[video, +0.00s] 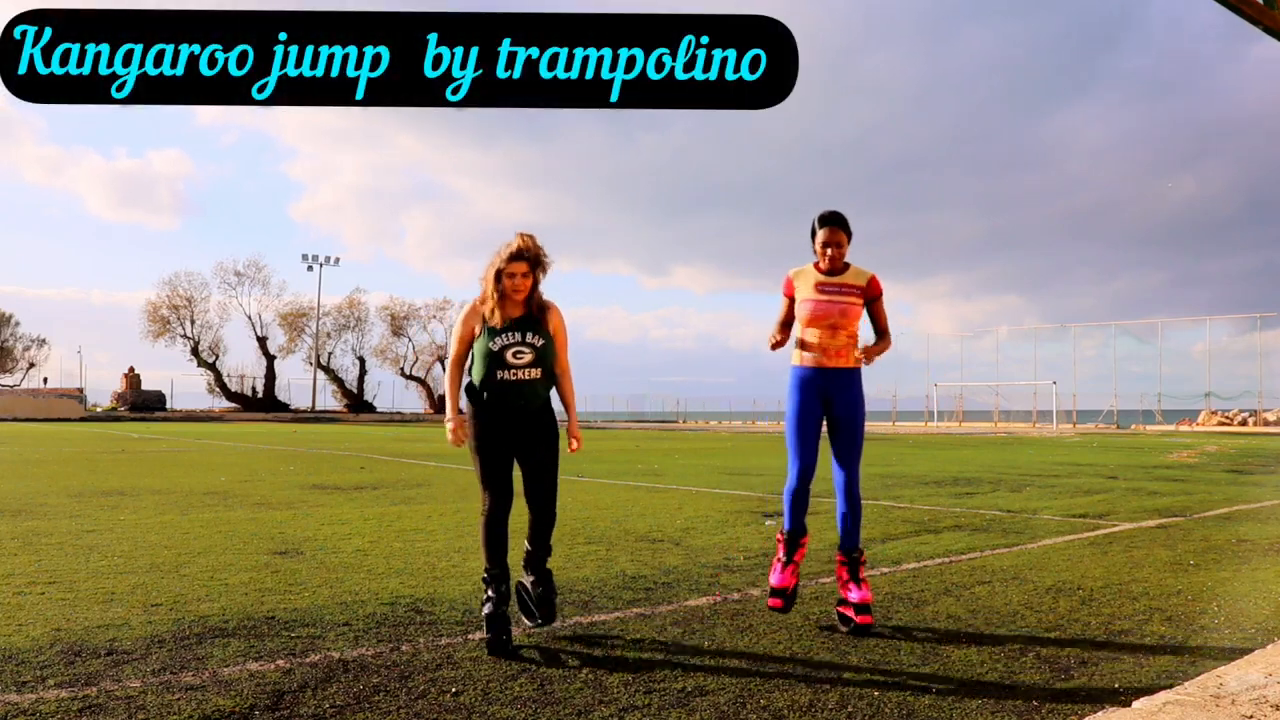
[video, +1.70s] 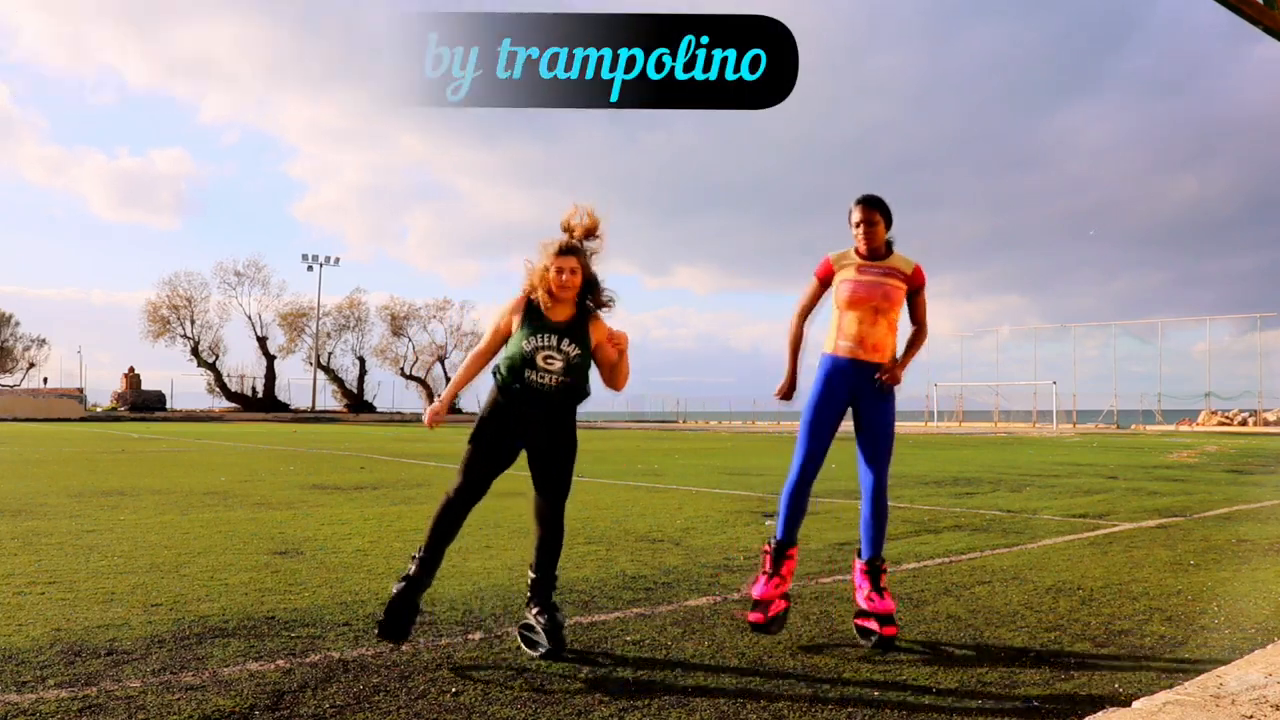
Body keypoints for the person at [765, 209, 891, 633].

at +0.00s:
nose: (831, 253)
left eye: (838, 246)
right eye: (825, 246)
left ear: (848, 246)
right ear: (813, 245)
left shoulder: (864, 282)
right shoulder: (797, 279)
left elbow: (885, 336)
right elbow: (784, 324)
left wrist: (874, 350)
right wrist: (779, 337)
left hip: (846, 383)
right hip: (804, 381)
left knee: (848, 480)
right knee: (799, 474)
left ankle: (850, 570)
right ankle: (789, 552)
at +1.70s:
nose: (863, 231)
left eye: (870, 224)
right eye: (857, 225)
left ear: (887, 226)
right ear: (850, 229)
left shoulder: (908, 272)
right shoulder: (835, 265)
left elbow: (920, 328)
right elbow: (800, 315)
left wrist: (901, 364)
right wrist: (792, 373)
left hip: (878, 379)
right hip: (833, 372)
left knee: (875, 482)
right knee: (803, 468)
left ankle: (871, 577)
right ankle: (777, 566)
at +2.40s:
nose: (867, 223)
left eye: (874, 216)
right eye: (861, 216)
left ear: (888, 221)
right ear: (851, 222)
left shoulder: (910, 255)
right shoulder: (835, 257)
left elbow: (948, 284)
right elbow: (793, 303)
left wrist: (940, 315)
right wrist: (827, 327)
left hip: (880, 370)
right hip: (838, 365)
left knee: (873, 476)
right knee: (815, 462)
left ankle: (865, 570)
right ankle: (785, 553)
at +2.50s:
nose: (857, 210)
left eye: (865, 204)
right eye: (851, 203)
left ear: (876, 210)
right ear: (839, 206)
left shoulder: (895, 245)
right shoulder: (820, 247)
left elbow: (923, 293)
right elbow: (796, 305)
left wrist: (927, 350)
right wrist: (829, 297)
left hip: (880, 354)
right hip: (835, 355)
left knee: (897, 458)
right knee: (833, 459)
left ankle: (906, 554)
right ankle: (829, 560)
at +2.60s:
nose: (852, 222)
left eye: (860, 216)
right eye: (846, 214)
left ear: (870, 220)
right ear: (833, 216)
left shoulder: (888, 260)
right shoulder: (814, 260)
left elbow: (904, 319)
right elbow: (798, 322)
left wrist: (921, 369)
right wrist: (823, 292)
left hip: (880, 365)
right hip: (835, 368)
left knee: (913, 463)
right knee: (841, 471)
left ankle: (946, 552)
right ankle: (848, 574)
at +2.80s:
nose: (839, 250)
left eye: (846, 244)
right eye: (833, 242)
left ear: (855, 249)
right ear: (819, 245)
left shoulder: (872, 284)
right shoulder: (800, 291)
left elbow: (886, 339)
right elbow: (793, 353)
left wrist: (895, 387)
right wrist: (816, 294)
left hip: (882, 388)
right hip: (838, 398)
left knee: (946, 467)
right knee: (849, 496)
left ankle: (1010, 538)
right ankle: (864, 588)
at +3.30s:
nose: (855, 234)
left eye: (862, 227)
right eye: (848, 227)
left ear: (872, 231)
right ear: (836, 231)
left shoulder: (893, 271)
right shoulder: (820, 269)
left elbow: (918, 327)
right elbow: (778, 319)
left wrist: (913, 341)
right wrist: (818, 312)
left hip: (893, 375)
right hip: (847, 380)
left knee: (931, 472)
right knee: (850, 485)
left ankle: (958, 557)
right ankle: (848, 584)